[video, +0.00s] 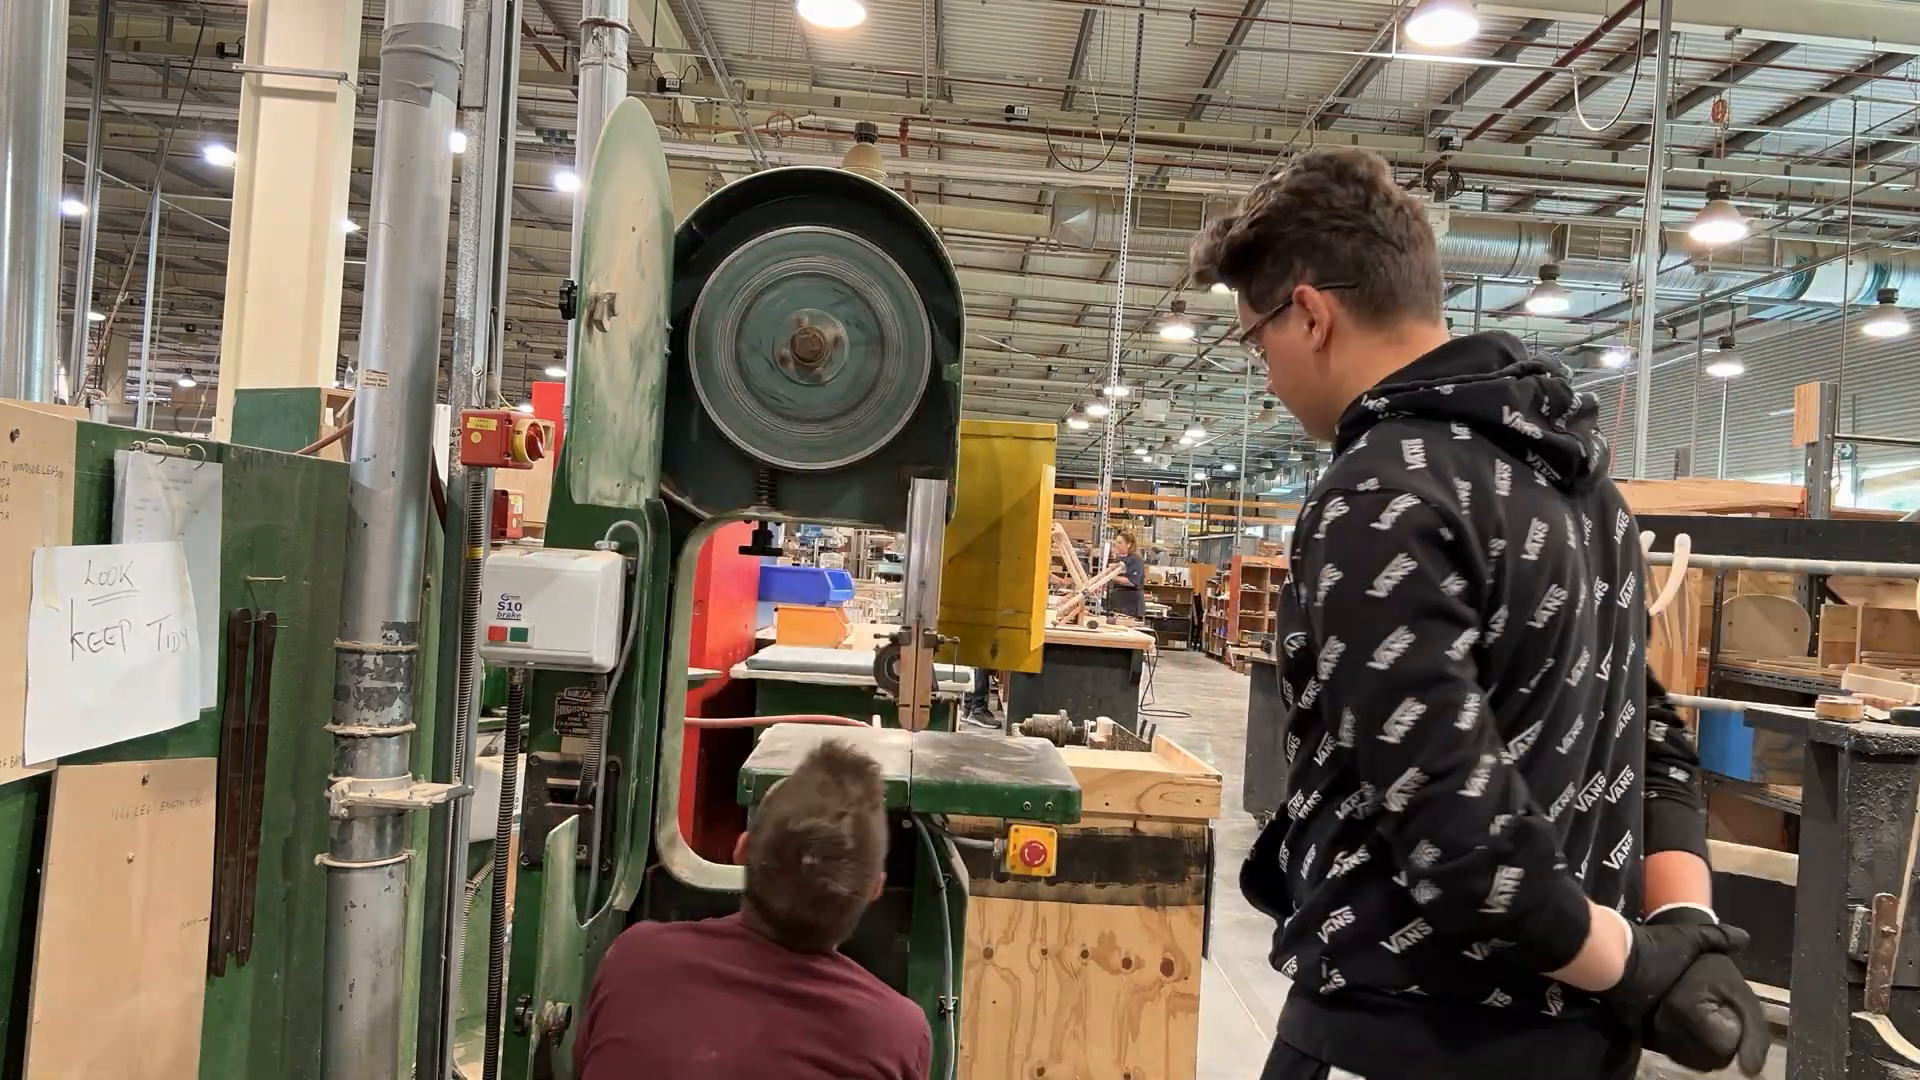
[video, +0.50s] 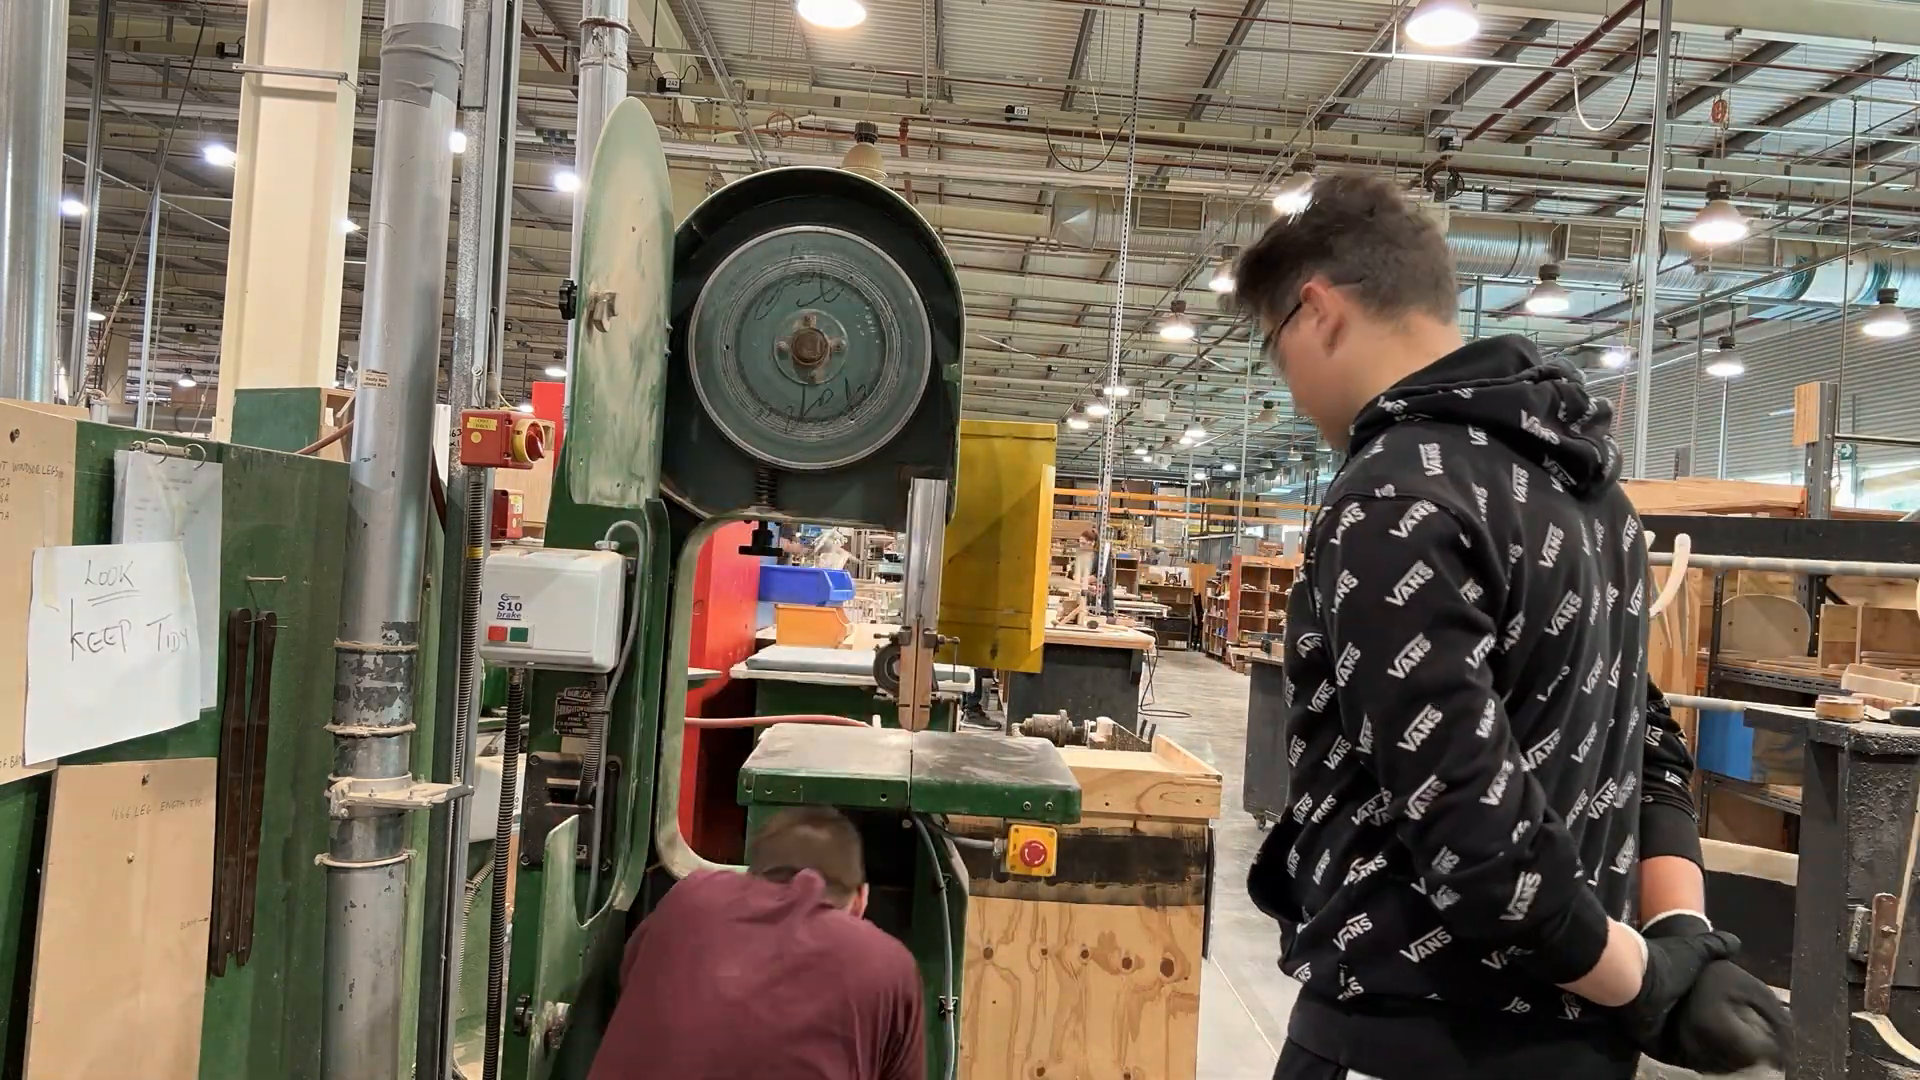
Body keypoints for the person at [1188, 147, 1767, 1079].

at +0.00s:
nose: (1264, 376)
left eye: (1256, 340)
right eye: (1252, 347)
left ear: (1312, 314)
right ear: (1418, 295)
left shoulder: (1375, 497)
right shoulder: (1577, 476)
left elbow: (1456, 837)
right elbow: (1652, 733)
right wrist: (1682, 923)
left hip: (1394, 1036)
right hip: (1567, 1031)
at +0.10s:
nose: (1273, 384)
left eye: (1266, 344)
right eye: (1262, 353)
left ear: (1325, 305)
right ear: (1425, 296)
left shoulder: (1389, 492)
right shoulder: (1577, 471)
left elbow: (1464, 843)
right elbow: (1655, 735)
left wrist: (1652, 974)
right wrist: (1691, 929)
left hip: (1400, 1039)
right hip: (1579, 1033)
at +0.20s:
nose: (1278, 383)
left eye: (1270, 344)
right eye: (1266, 352)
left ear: (1324, 309)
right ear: (1430, 298)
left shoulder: (1386, 493)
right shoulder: (1580, 476)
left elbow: (1462, 838)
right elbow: (1648, 731)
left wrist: (1646, 973)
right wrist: (1684, 928)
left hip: (1397, 1036)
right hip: (1576, 1036)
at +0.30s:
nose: (1282, 384)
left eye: (1273, 343)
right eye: (1270, 350)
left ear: (1325, 311)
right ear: (1432, 303)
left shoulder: (1389, 493)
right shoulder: (1578, 477)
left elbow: (1475, 848)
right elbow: (1648, 738)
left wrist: (1657, 978)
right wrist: (1687, 938)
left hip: (1401, 1034)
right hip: (1577, 1034)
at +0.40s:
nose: (1265, 314)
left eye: (1269, 283)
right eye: (1263, 284)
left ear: (1327, 287)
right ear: (1441, 279)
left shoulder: (1370, 497)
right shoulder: (1561, 475)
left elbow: (1447, 834)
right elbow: (1626, 729)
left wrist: (1624, 974)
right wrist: (1677, 937)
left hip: (1381, 1037)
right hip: (1554, 1032)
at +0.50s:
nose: (1288, 393)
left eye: (1275, 351)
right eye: (1274, 358)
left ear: (1322, 312)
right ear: (1434, 304)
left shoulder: (1392, 497)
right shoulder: (1578, 477)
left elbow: (1475, 849)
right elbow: (1644, 729)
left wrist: (1645, 977)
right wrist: (1683, 932)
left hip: (1400, 1036)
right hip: (1570, 1030)